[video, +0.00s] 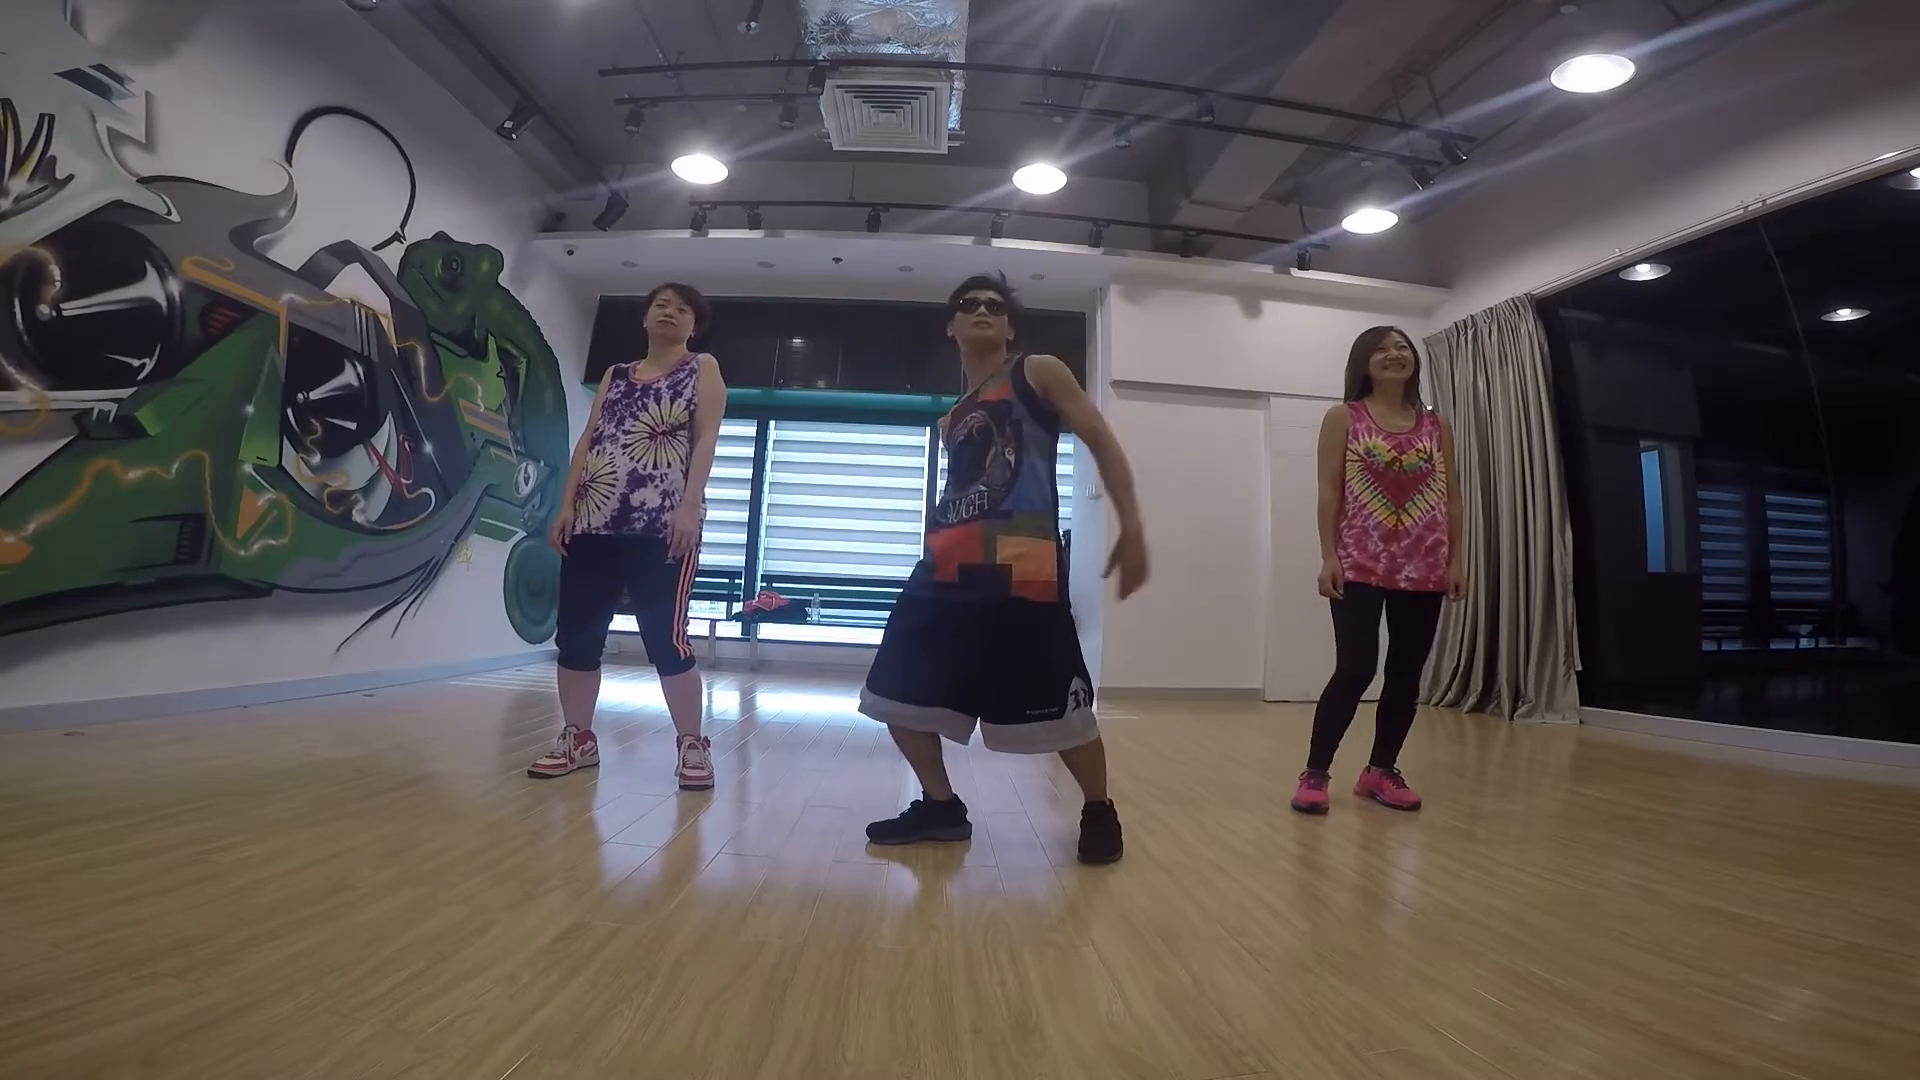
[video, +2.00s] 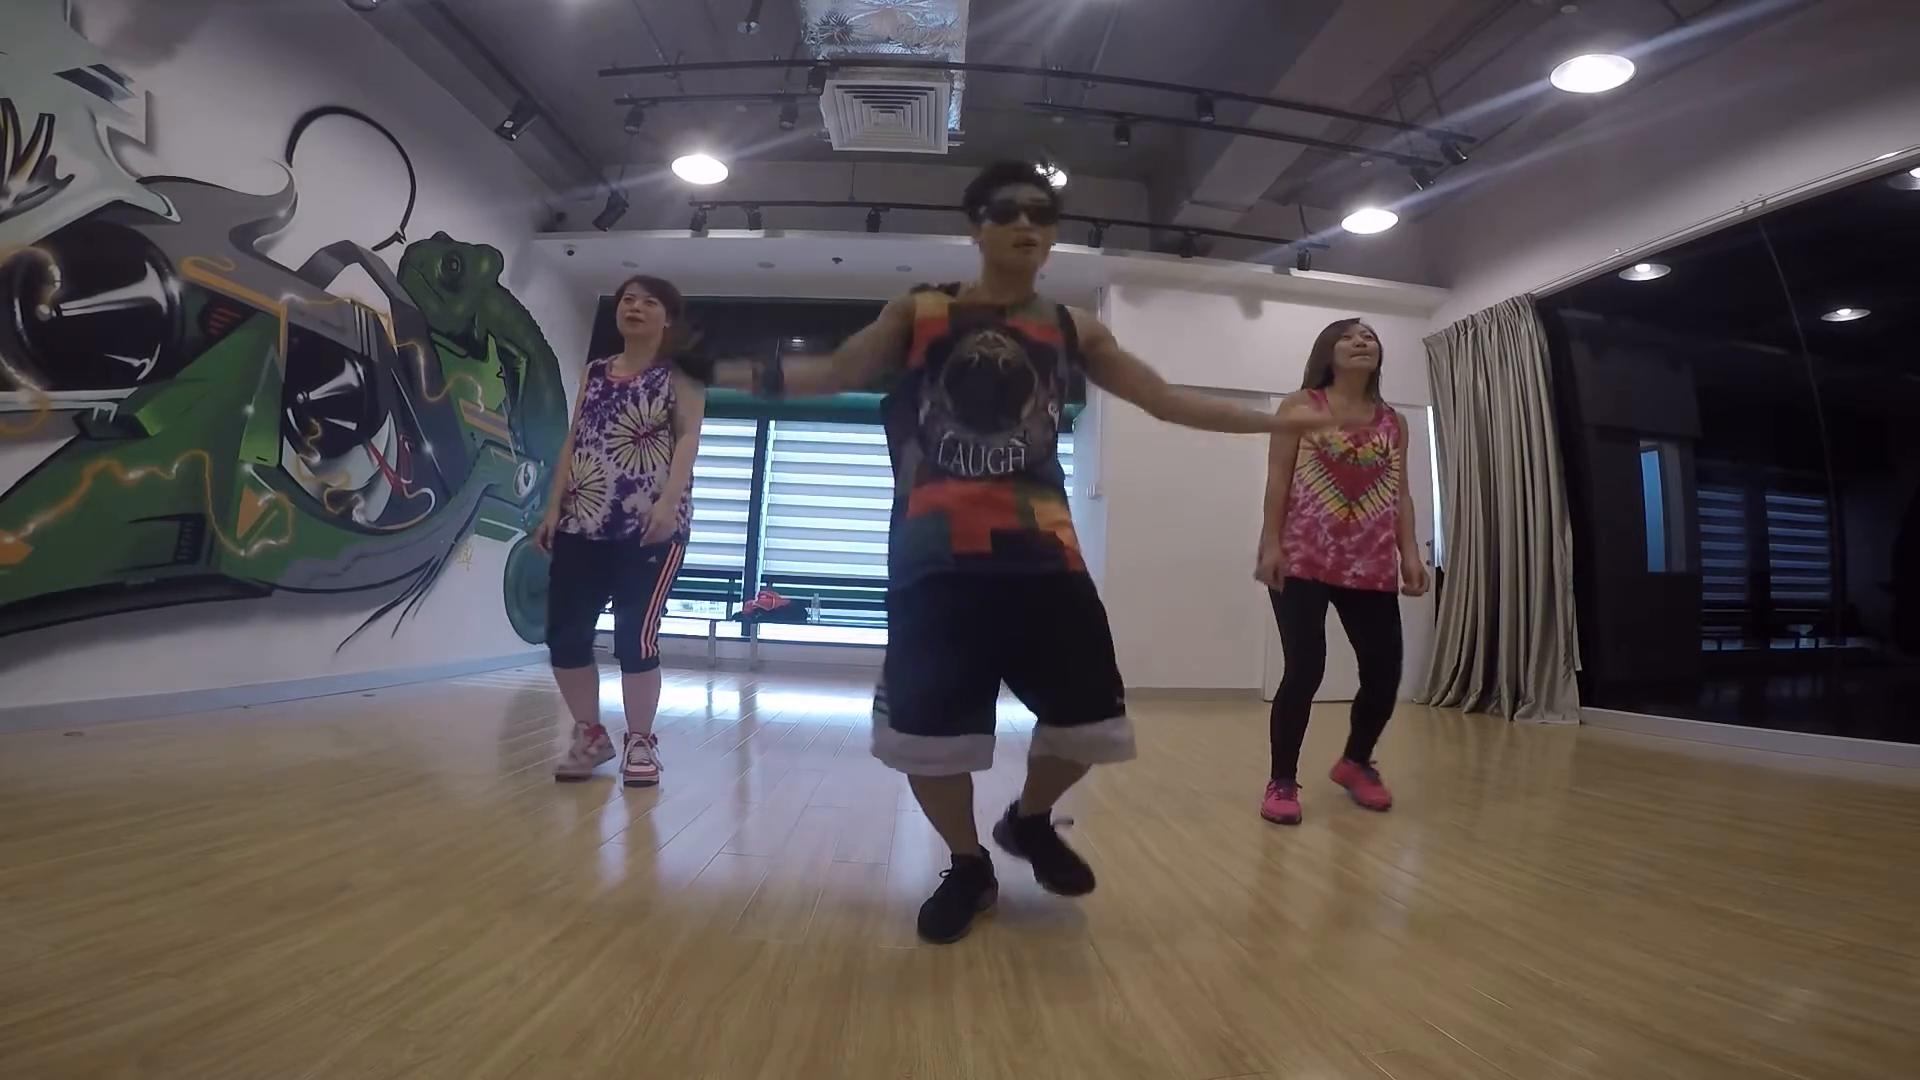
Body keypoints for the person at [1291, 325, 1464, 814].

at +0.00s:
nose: (1394, 354)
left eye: (1402, 348)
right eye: (1382, 349)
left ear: (1415, 362)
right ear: (1364, 364)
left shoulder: (1435, 424)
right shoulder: (1343, 417)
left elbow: (1450, 495)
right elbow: (1330, 489)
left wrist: (1456, 559)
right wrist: (1329, 557)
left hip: (1422, 569)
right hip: (1359, 566)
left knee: (1404, 676)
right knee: (1356, 670)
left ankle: (1381, 771)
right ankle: (1316, 774)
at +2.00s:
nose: (1363, 341)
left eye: (1370, 337)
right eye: (1349, 336)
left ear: (1380, 357)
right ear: (1327, 355)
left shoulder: (1392, 421)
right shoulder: (1300, 406)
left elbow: (1400, 494)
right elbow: (1279, 476)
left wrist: (1411, 552)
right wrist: (1271, 543)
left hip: (1368, 565)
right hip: (1301, 559)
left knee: (1384, 671)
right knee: (1305, 668)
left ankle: (1355, 762)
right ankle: (1283, 783)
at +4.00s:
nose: (1319, 371)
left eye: (1327, 366)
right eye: (1307, 367)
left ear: (1339, 379)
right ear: (1292, 384)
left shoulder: (1362, 433)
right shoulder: (1277, 433)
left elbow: (1380, 496)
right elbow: (1263, 497)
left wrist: (1397, 551)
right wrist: (1251, 557)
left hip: (1352, 567)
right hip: (1295, 564)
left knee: (1336, 660)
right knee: (1327, 655)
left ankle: (1307, 751)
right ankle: (1284, 749)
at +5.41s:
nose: (1326, 367)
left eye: (1334, 361)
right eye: (1314, 363)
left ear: (1346, 375)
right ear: (1298, 380)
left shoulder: (1368, 431)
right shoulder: (1283, 432)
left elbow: (1385, 496)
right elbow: (1268, 497)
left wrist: (1396, 556)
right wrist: (1260, 561)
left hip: (1357, 570)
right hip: (1298, 569)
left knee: (1338, 668)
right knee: (1321, 663)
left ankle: (1316, 754)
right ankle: (1299, 761)